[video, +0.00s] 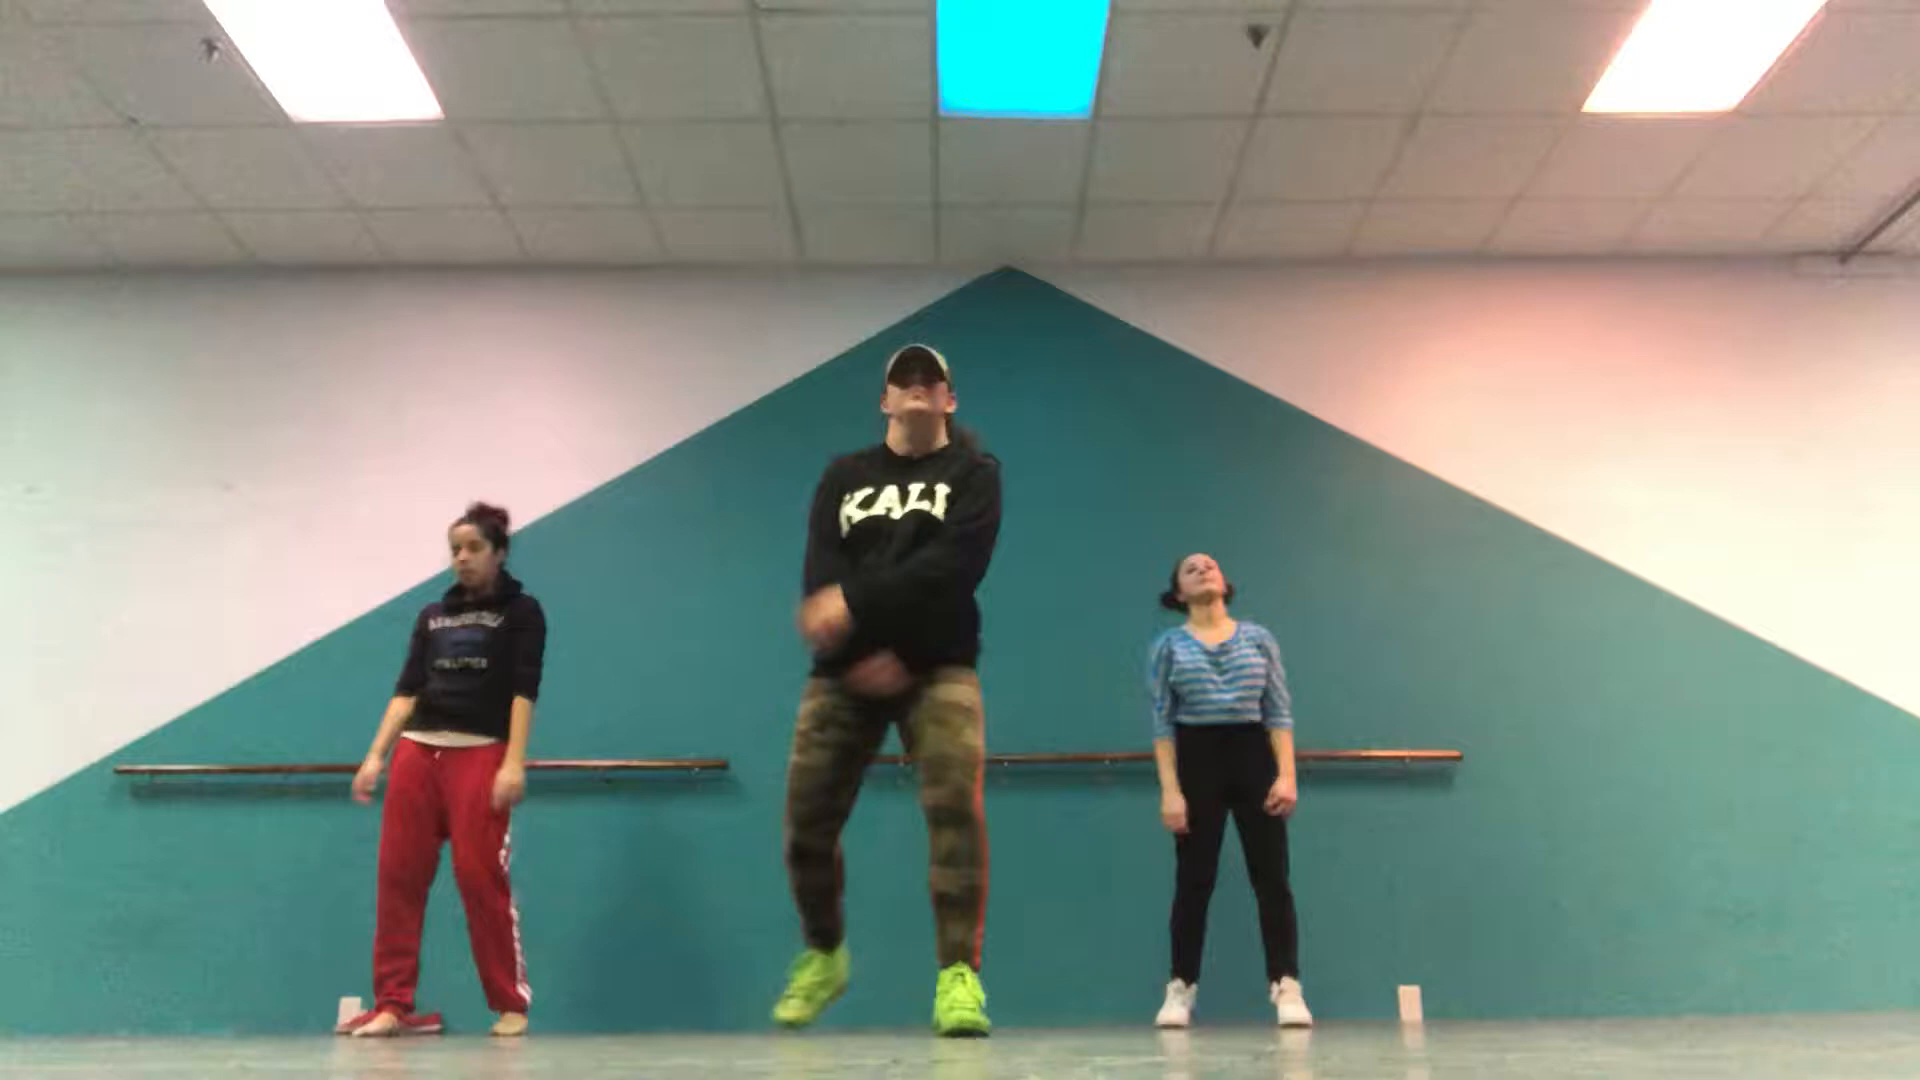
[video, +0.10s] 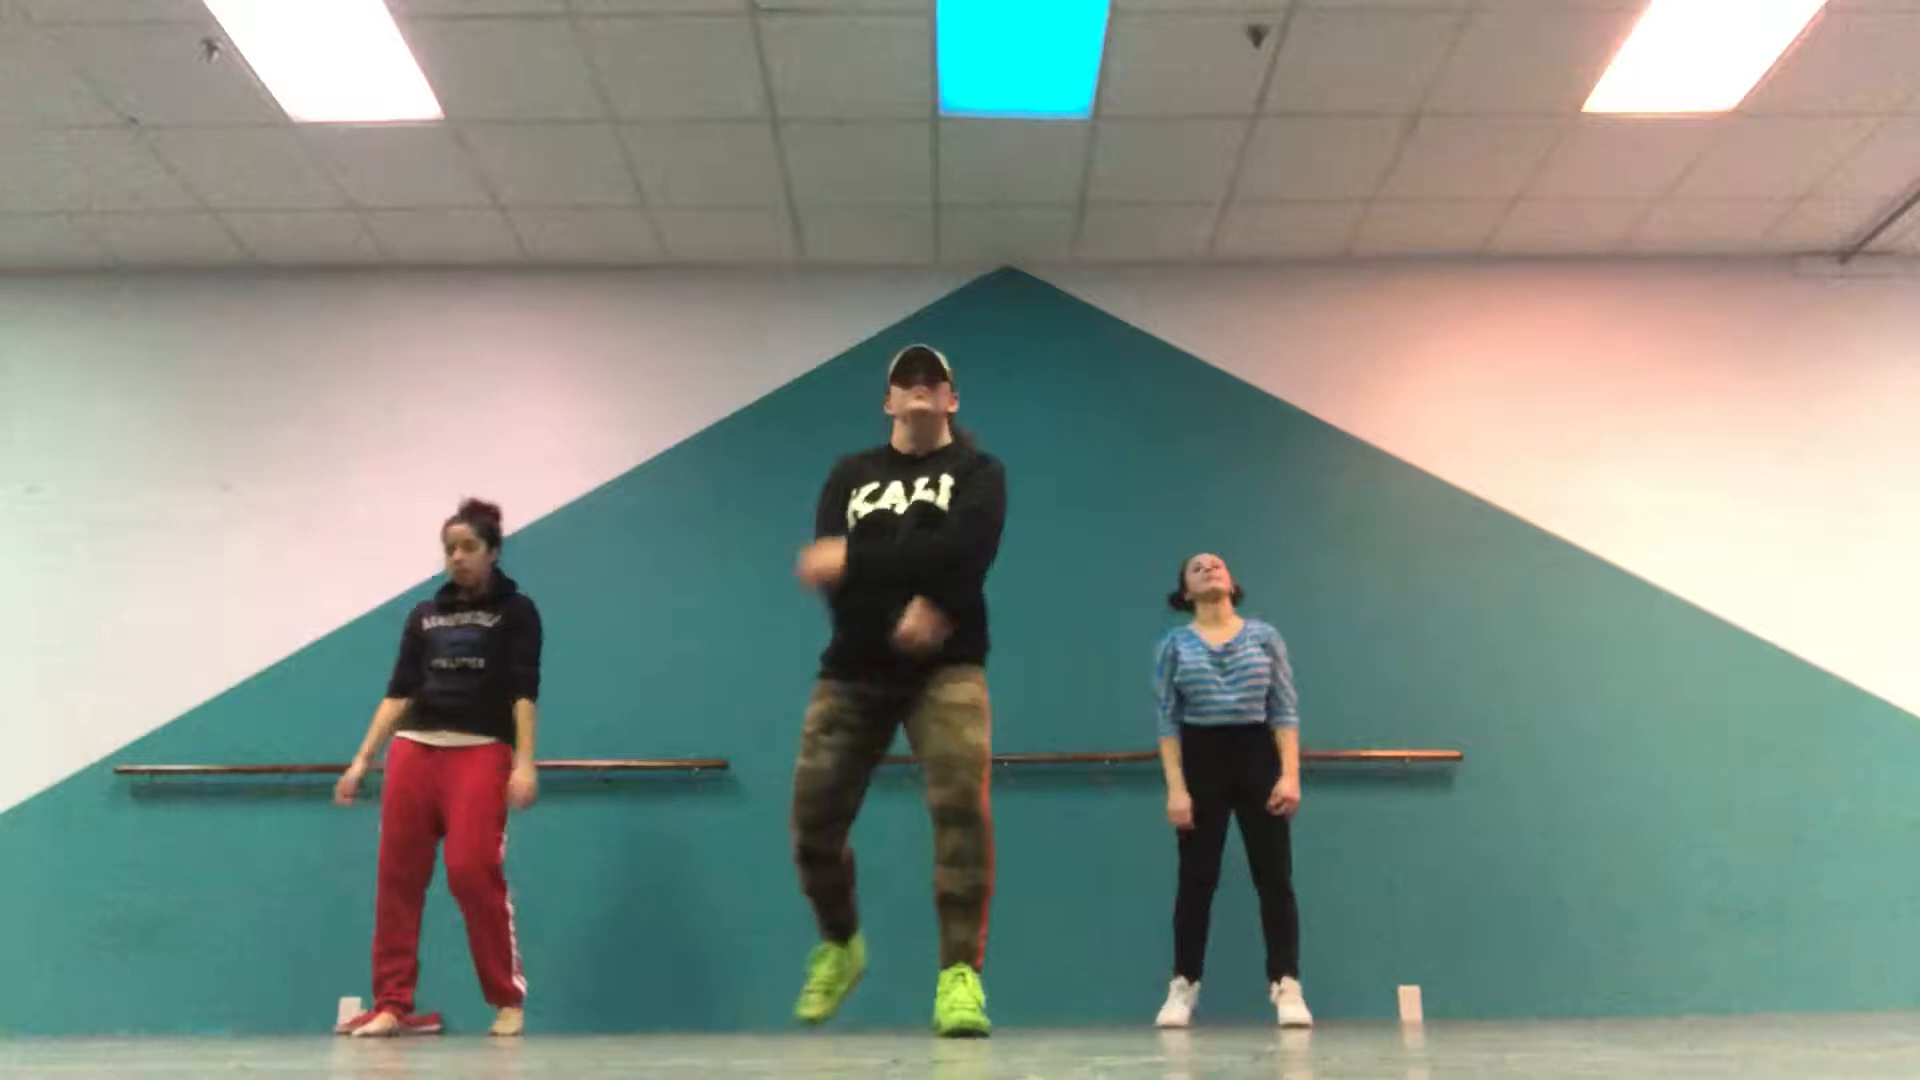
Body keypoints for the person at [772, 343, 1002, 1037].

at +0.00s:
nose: (916, 392)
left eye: (928, 383)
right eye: (904, 384)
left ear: (949, 401)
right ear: (885, 402)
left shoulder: (974, 472)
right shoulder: (843, 474)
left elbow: (955, 565)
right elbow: (822, 580)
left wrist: (852, 600)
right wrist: (855, 653)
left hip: (941, 663)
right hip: (850, 661)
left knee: (953, 805)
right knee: (808, 806)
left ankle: (959, 970)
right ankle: (823, 954)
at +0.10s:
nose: (917, 393)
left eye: (930, 384)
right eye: (906, 384)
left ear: (951, 400)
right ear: (888, 402)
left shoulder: (979, 473)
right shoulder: (850, 474)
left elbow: (964, 553)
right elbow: (834, 569)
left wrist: (853, 554)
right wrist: (904, 607)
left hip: (947, 665)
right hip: (857, 664)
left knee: (960, 807)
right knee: (815, 808)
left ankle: (960, 971)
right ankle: (840, 946)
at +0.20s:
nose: (916, 386)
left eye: (928, 378)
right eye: (904, 379)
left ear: (949, 397)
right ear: (887, 399)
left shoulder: (975, 456)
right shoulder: (857, 463)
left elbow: (970, 528)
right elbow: (833, 533)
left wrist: (858, 507)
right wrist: (911, 521)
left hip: (947, 652)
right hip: (860, 652)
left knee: (954, 804)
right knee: (826, 808)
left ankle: (965, 967)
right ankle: (856, 944)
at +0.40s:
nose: (907, 449)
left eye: (917, 439)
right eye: (894, 441)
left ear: (933, 446)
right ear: (876, 450)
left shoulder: (965, 504)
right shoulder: (850, 508)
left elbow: (993, 496)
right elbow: (823, 535)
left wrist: (927, 473)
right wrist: (868, 485)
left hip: (946, 683)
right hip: (857, 688)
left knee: (955, 819)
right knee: (841, 834)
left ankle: (965, 971)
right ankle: (857, 972)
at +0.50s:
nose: (895, 447)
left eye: (905, 440)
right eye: (883, 442)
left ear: (924, 458)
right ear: (865, 464)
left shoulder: (953, 514)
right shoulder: (843, 520)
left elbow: (988, 543)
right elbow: (824, 552)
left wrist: (913, 515)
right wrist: (861, 532)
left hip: (937, 691)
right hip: (853, 696)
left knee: (942, 821)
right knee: (845, 842)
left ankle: (962, 964)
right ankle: (865, 983)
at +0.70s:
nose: (882, 447)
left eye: (892, 439)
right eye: (871, 442)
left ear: (911, 455)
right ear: (855, 460)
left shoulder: (949, 525)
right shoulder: (827, 529)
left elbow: (973, 614)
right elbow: (802, 619)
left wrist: (983, 694)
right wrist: (792, 705)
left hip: (931, 698)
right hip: (847, 702)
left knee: (940, 825)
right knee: (851, 844)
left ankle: (956, 967)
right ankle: (867, 984)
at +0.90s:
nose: (892, 445)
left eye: (903, 438)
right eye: (881, 440)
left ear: (921, 457)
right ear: (865, 459)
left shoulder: (954, 522)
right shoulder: (834, 521)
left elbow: (1001, 600)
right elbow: (783, 597)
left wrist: (1047, 667)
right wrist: (735, 666)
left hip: (936, 699)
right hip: (853, 700)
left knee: (941, 840)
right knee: (859, 843)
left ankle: (934, 955)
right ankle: (866, 981)